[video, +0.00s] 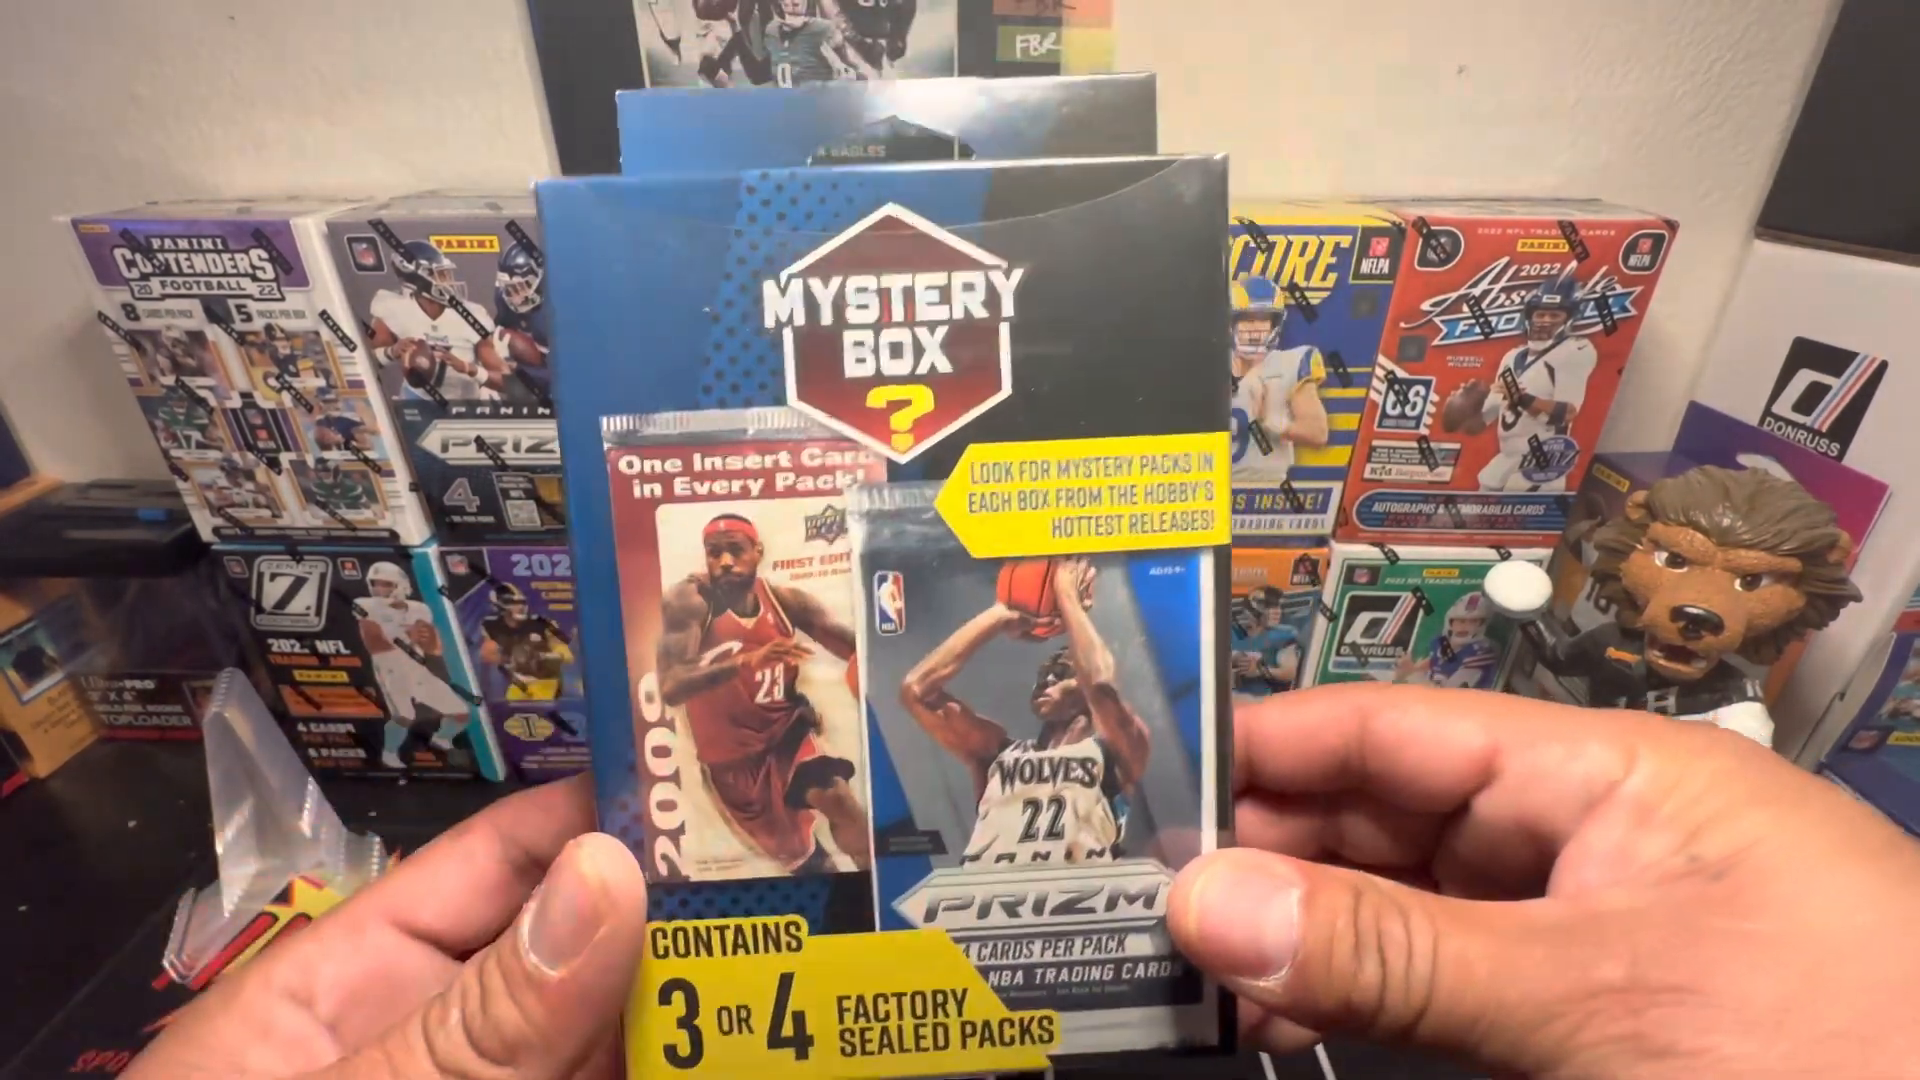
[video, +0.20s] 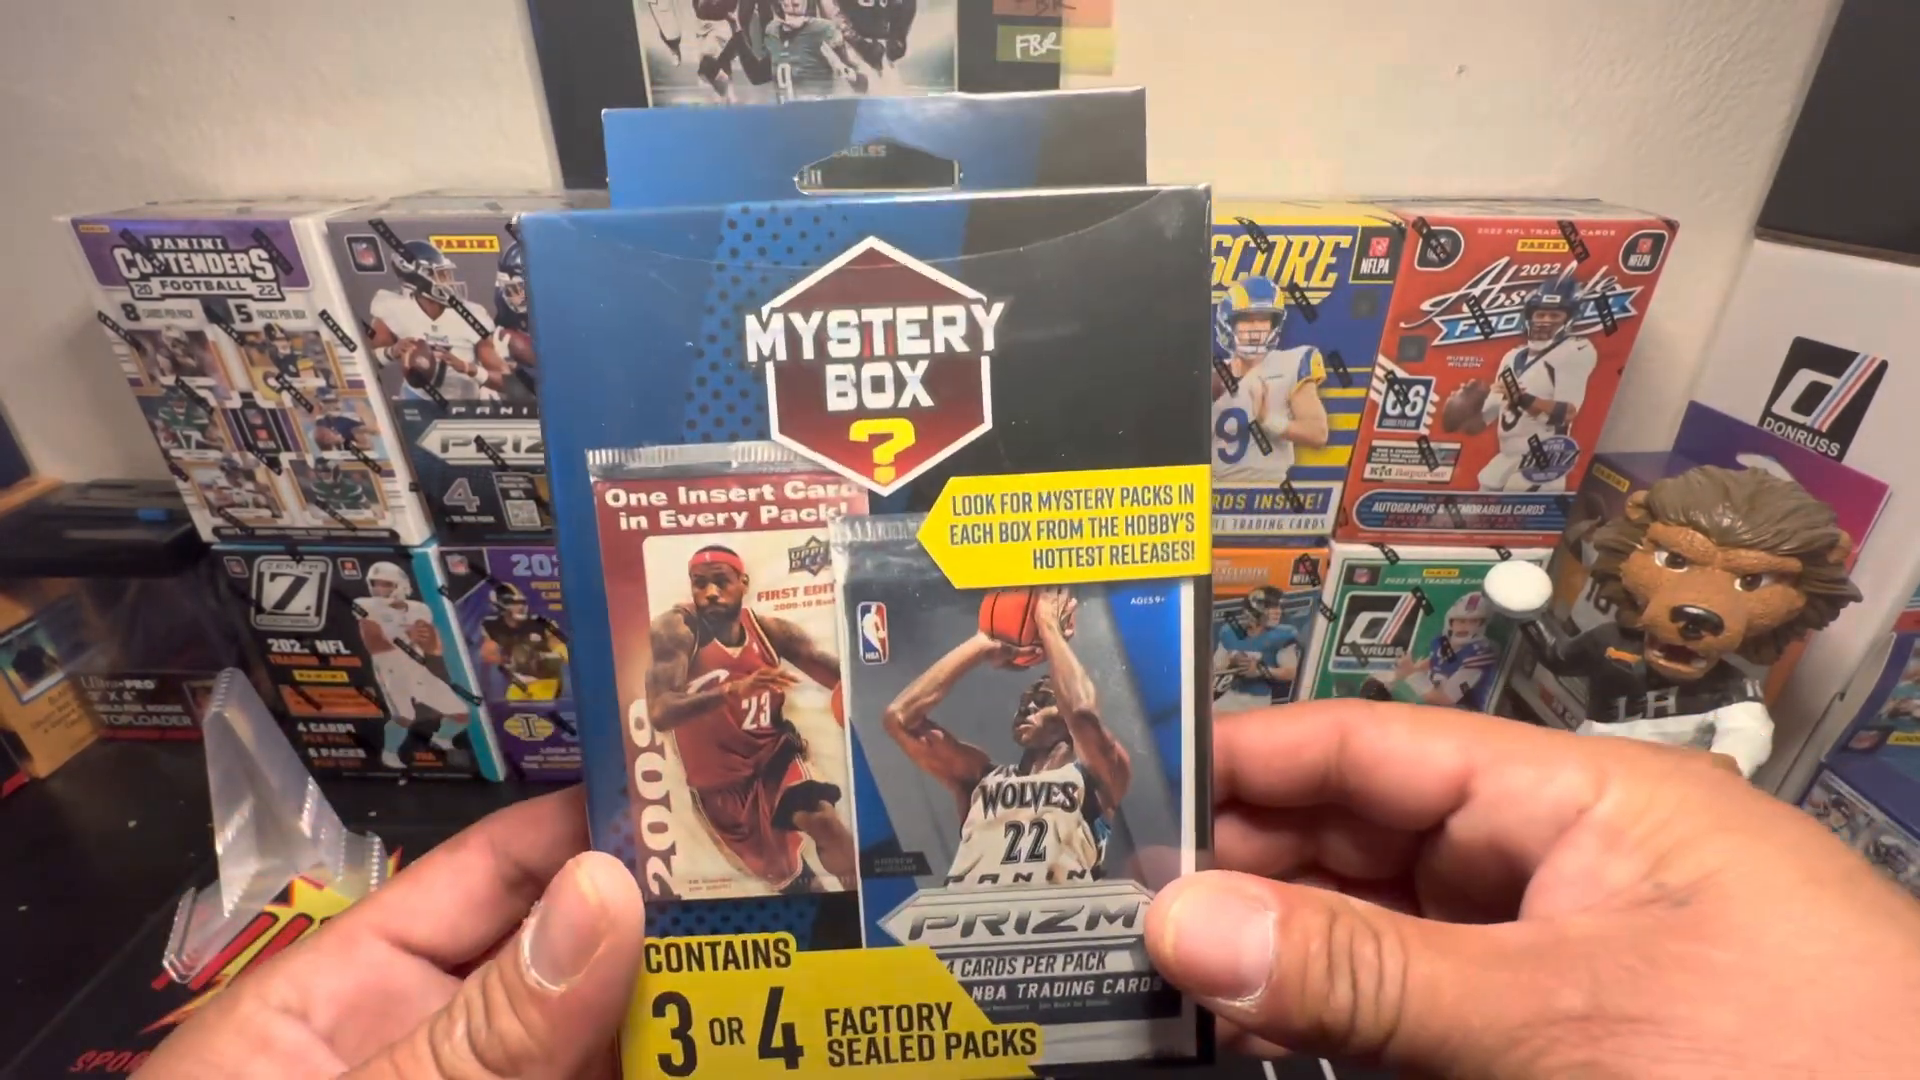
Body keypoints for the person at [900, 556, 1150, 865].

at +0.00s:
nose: (1043, 680)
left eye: (1061, 672)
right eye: (1042, 674)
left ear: (1087, 688)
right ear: (1033, 689)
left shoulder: (1113, 755)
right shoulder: (997, 753)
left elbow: (1099, 683)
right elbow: (917, 691)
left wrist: (1066, 594)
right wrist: (997, 616)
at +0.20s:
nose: (1025, 707)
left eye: (1043, 700)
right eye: (1023, 701)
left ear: (1069, 715)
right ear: (1014, 715)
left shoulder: (1094, 779)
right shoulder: (980, 778)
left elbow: (1081, 712)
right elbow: (900, 718)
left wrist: (1047, 623)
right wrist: (980, 644)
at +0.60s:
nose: (1059, 729)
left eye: (1076, 722)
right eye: (1058, 723)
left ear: (1099, 737)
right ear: (1049, 734)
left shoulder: (1119, 796)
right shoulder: (1012, 794)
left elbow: (1111, 735)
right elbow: (940, 737)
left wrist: (1083, 652)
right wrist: (1018, 669)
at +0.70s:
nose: (1066, 720)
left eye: (1083, 714)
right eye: (1065, 715)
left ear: (1106, 730)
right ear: (1056, 730)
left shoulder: (1126, 789)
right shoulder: (1019, 787)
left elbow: (1118, 727)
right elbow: (947, 730)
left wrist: (1090, 645)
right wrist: (1026, 661)